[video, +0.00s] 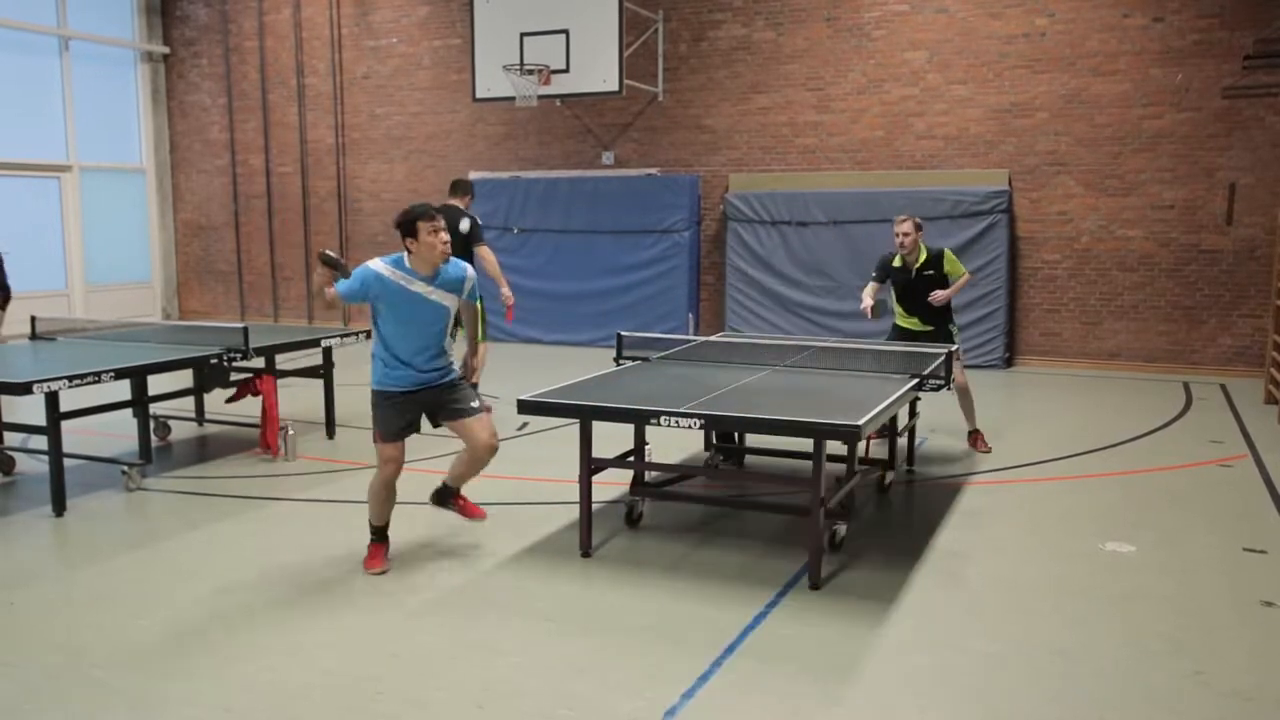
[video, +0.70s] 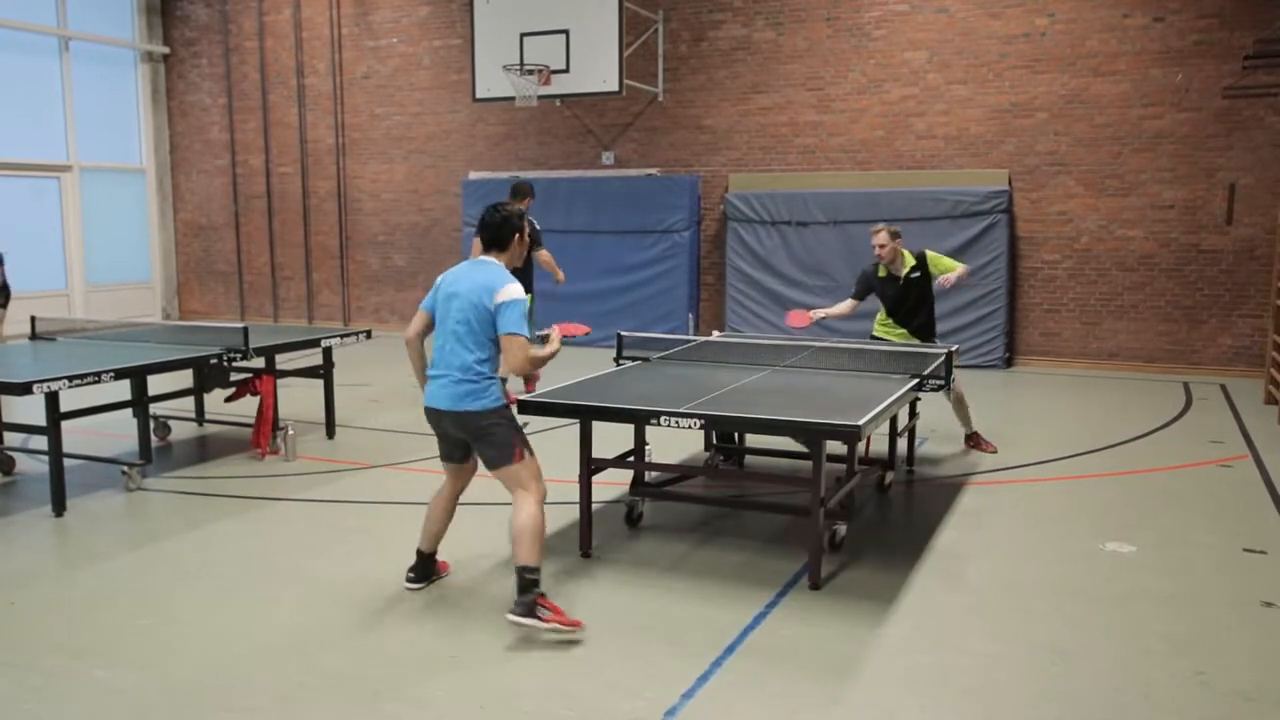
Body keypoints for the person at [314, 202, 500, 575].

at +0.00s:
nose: (444, 238)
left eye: (444, 231)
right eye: (433, 233)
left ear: (448, 235)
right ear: (410, 242)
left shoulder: (461, 276)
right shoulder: (376, 274)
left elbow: (472, 308)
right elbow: (328, 296)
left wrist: (474, 351)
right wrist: (325, 281)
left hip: (442, 378)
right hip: (393, 385)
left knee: (485, 444)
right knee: (389, 468)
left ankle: (448, 492)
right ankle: (378, 540)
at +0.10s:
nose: (467, 258)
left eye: (467, 250)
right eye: (458, 251)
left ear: (468, 252)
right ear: (432, 258)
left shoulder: (470, 289)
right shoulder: (395, 283)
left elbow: (460, 329)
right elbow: (343, 319)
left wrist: (455, 365)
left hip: (440, 383)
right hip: (393, 390)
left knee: (487, 445)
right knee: (391, 473)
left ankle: (431, 487)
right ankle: (378, 540)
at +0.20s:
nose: (498, 278)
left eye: (497, 270)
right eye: (492, 271)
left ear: (471, 276)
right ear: (468, 276)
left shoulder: (478, 304)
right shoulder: (415, 301)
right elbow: (382, 367)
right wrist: (439, 385)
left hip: (439, 397)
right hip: (395, 402)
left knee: (481, 462)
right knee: (399, 483)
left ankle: (449, 543)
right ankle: (379, 542)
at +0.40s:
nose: (527, 276)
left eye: (527, 267)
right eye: (525, 268)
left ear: (495, 266)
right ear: (511, 271)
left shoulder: (467, 287)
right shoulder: (470, 309)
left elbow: (416, 323)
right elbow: (456, 383)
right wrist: (506, 379)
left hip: (446, 397)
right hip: (422, 404)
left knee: (489, 462)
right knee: (469, 481)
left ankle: (450, 540)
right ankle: (394, 515)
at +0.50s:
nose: (527, 253)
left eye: (526, 246)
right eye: (525, 246)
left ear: (488, 246)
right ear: (513, 248)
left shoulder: (458, 274)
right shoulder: (487, 288)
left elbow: (410, 322)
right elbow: (475, 363)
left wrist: (414, 372)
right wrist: (526, 362)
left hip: (426, 388)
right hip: (442, 390)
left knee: (470, 461)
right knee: (504, 460)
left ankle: (450, 539)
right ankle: (422, 521)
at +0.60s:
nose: (529, 240)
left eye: (528, 232)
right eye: (525, 233)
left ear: (488, 235)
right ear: (511, 236)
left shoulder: (454, 266)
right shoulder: (497, 277)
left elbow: (413, 319)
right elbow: (492, 353)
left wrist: (421, 368)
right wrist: (539, 350)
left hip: (424, 383)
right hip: (458, 383)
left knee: (461, 459)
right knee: (522, 461)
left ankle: (436, 550)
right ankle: (469, 553)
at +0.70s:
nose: (527, 248)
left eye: (527, 241)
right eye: (526, 240)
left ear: (480, 239)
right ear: (517, 241)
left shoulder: (449, 276)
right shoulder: (507, 286)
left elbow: (413, 335)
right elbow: (517, 363)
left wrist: (427, 383)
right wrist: (548, 350)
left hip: (439, 403)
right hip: (480, 404)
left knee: (456, 478)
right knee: (528, 489)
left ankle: (422, 565)